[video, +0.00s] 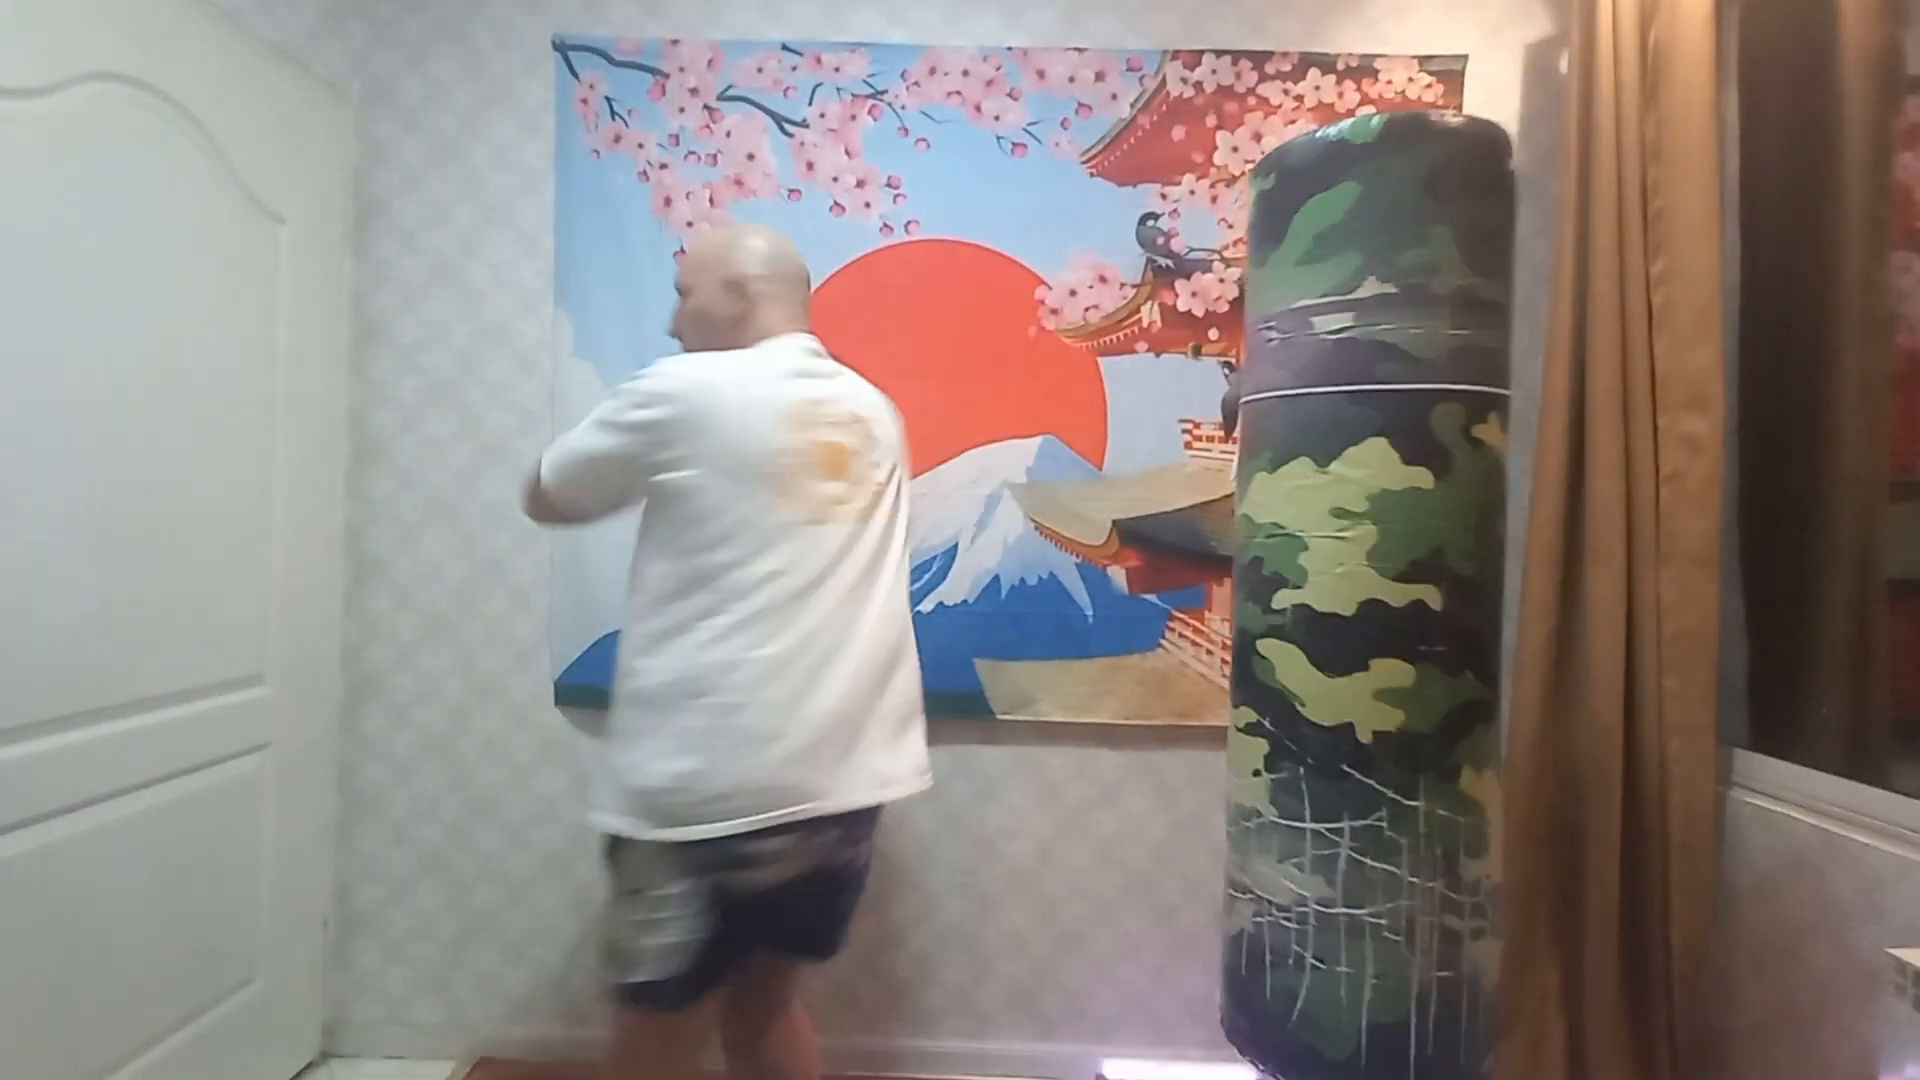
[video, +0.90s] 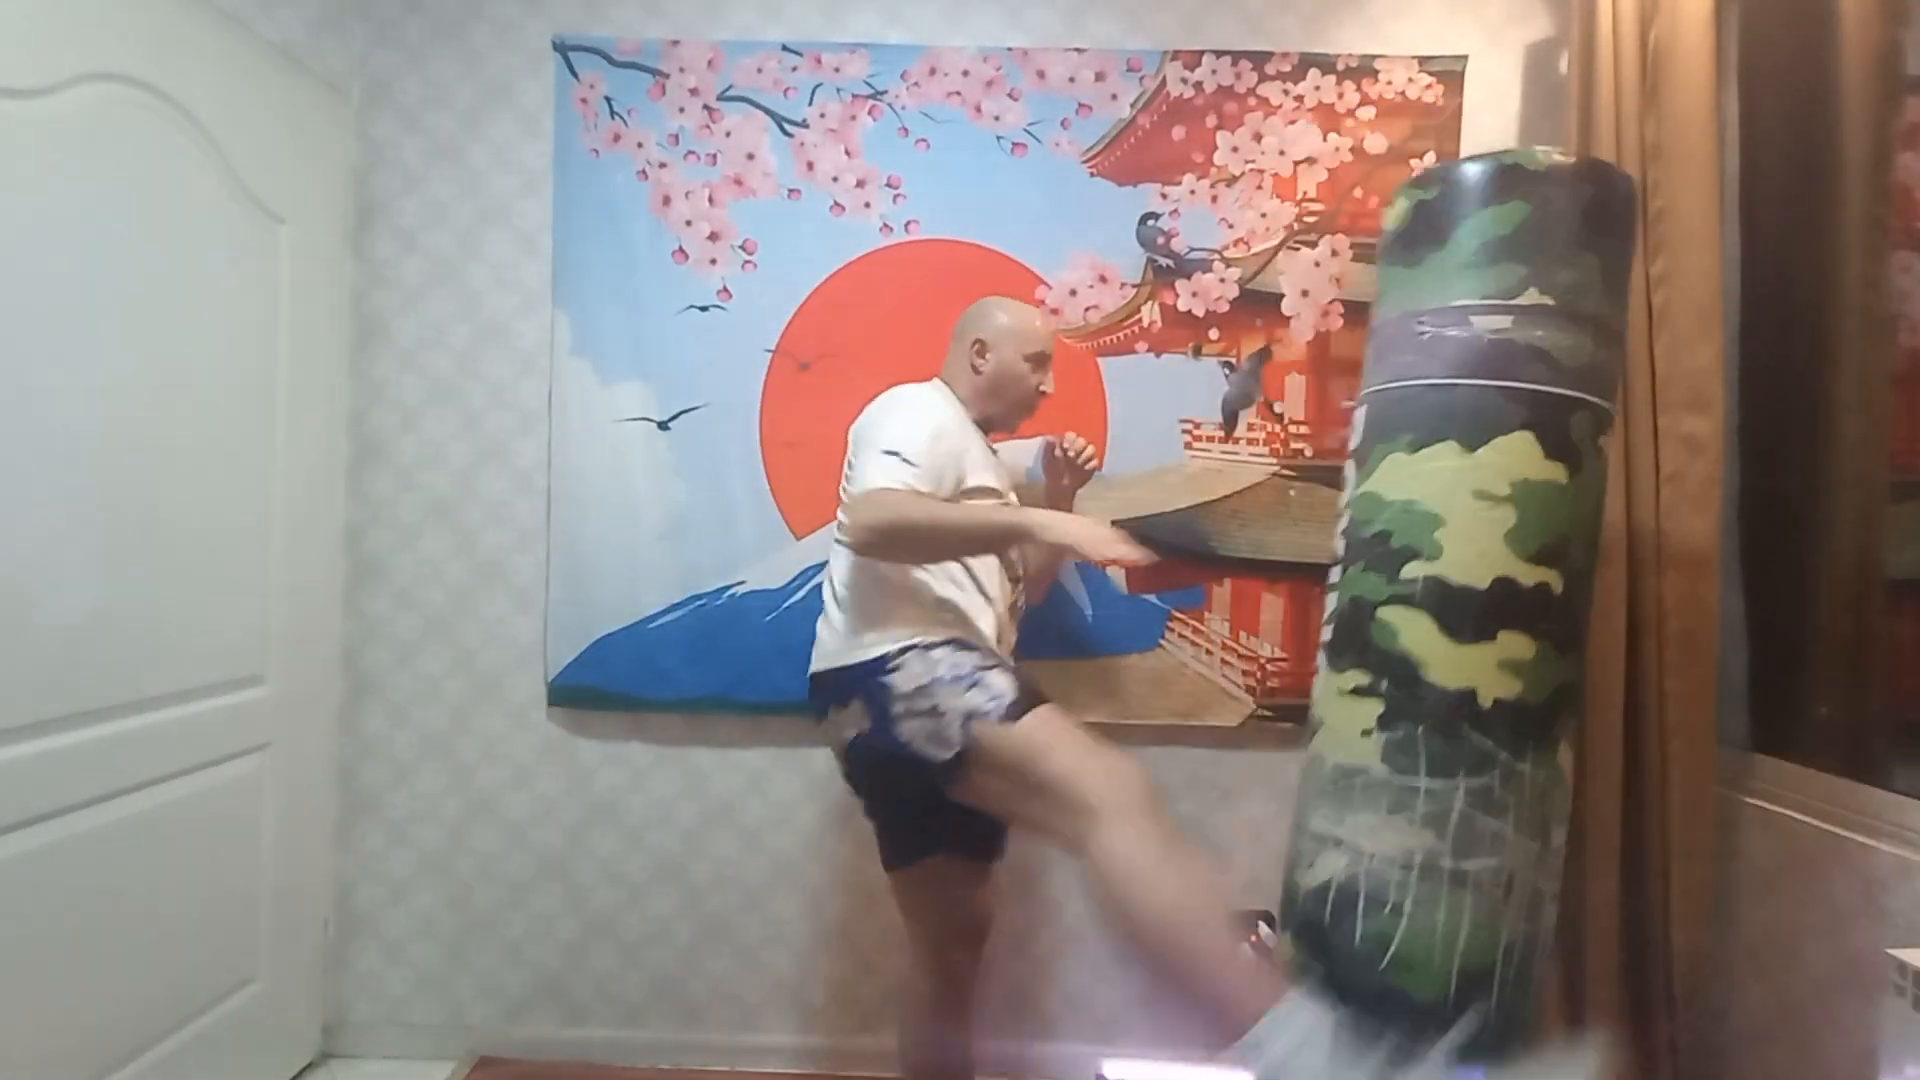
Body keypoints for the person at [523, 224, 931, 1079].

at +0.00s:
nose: (674, 312)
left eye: (686, 293)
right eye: (678, 291)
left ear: (740, 295)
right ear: (782, 298)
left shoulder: (683, 395)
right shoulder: (876, 411)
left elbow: (549, 494)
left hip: (696, 803)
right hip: (841, 792)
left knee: (654, 1044)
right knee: (768, 1011)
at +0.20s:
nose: (808, 300)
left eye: (830, 284)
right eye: (788, 282)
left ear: (856, 301)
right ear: (753, 300)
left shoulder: (886, 405)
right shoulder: (714, 422)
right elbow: (648, 528)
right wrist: (643, 575)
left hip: (865, 779)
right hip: (749, 780)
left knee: (793, 1038)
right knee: (747, 1037)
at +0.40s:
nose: (972, 331)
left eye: (975, 317)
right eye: (951, 310)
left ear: (978, 336)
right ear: (879, 318)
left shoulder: (996, 448)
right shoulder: (806, 380)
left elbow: (1095, 508)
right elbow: (786, 445)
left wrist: (1185, 431)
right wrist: (967, 374)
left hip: (915, 764)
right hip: (771, 755)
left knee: (972, 979)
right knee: (752, 1000)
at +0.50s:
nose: (1011, 355)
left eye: (1012, 339)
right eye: (992, 335)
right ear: (928, 335)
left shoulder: (993, 467)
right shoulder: (870, 401)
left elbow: (985, 600)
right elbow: (1020, 410)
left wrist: (1050, 547)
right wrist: (1181, 361)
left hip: (952, 768)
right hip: (835, 763)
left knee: (988, 979)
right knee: (777, 1030)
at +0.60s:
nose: (1032, 369)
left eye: (1032, 352)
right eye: (1018, 349)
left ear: (966, 344)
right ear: (959, 343)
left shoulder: (970, 441)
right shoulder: (922, 401)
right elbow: (1042, 455)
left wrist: (1037, 529)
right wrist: (1213, 395)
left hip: (947, 723)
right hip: (904, 715)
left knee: (971, 979)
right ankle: (692, 985)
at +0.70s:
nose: (1037, 371)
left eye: (1041, 353)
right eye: (1028, 350)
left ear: (967, 343)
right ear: (973, 341)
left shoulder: (924, 416)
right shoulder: (936, 396)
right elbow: (984, 497)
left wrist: (1027, 467)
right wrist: (1167, 448)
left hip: (879, 707)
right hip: (923, 694)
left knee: (969, 944)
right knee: (1157, 798)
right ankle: (1032, 973)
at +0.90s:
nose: (1047, 383)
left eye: (1048, 368)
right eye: (1037, 364)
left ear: (1002, 362)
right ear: (976, 354)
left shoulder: (999, 459)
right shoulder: (913, 411)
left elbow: (999, 592)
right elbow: (871, 520)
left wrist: (1050, 502)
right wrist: (1038, 524)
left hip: (925, 678)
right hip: (903, 669)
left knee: (951, 949)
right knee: (1110, 794)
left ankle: (940, 1074)